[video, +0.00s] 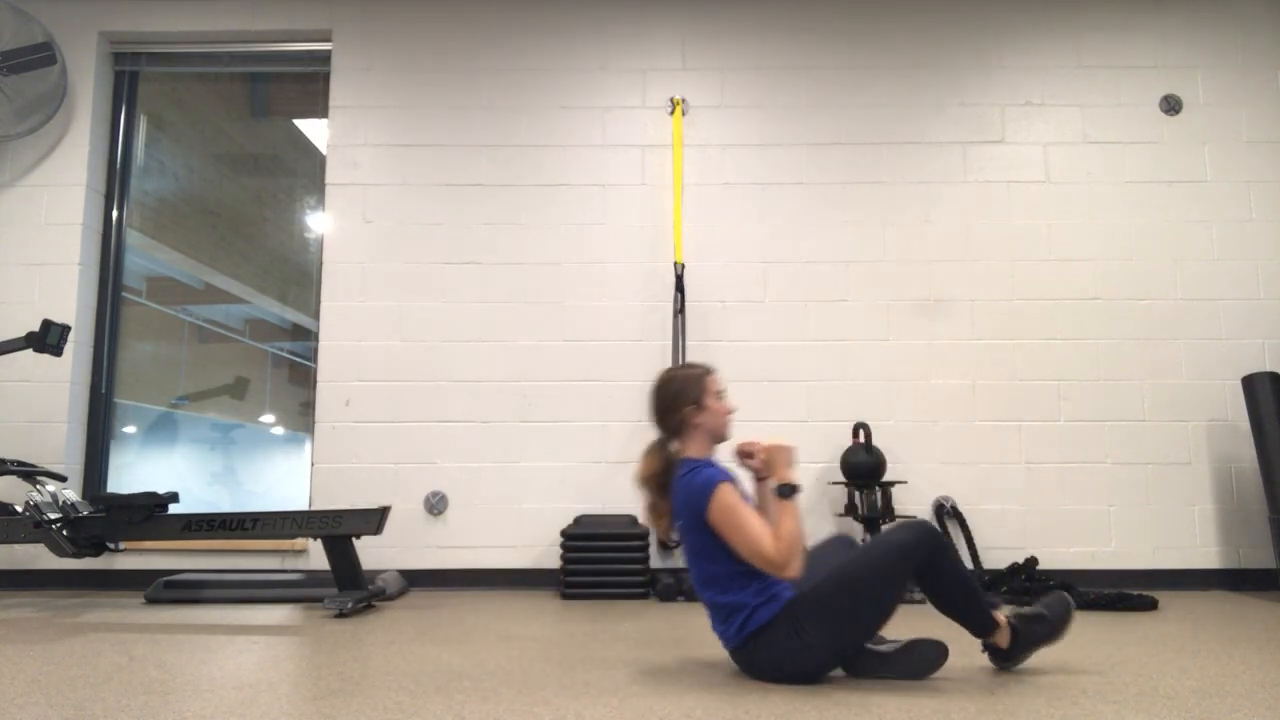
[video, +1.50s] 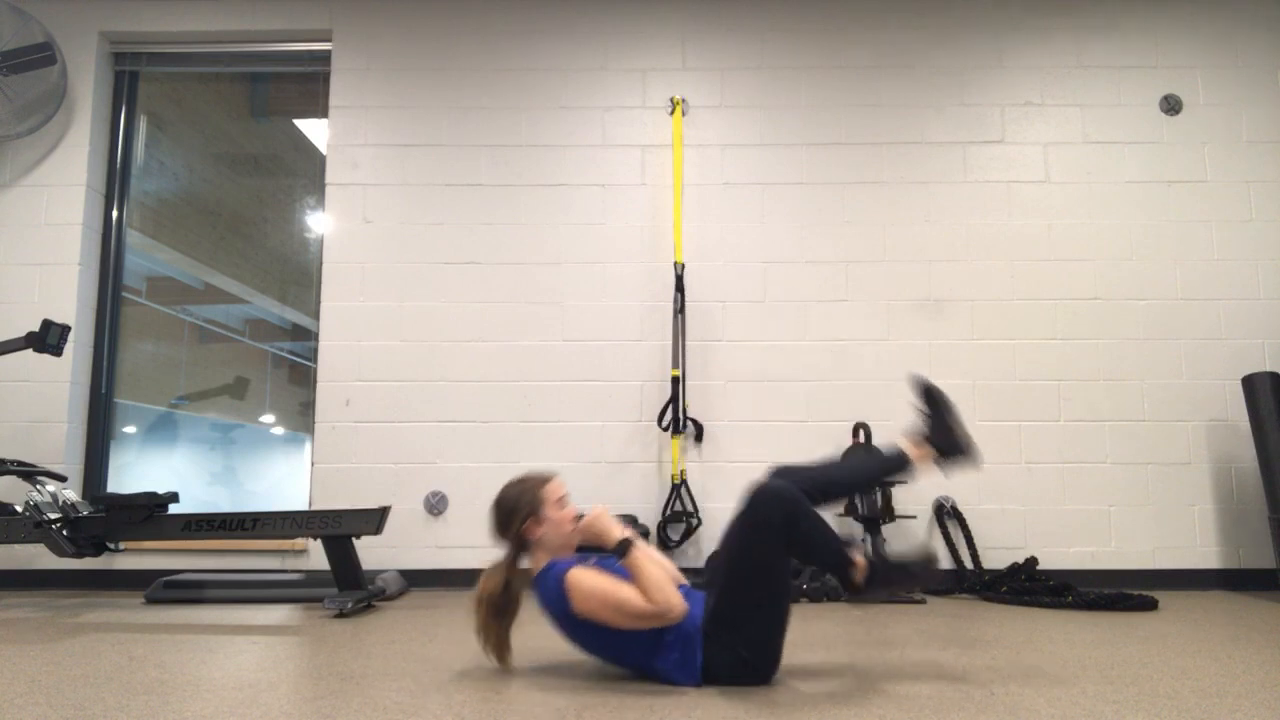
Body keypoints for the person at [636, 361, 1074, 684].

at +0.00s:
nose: (730, 407)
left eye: (724, 396)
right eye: (720, 398)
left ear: (691, 414)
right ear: (692, 414)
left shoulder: (696, 474)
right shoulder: (704, 480)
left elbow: (770, 557)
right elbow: (786, 563)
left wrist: (765, 484)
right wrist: (783, 481)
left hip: (768, 632)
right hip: (779, 642)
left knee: (841, 543)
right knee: (918, 537)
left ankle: (863, 646)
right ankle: (1002, 634)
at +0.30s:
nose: (627, 459)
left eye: (620, 449)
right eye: (614, 454)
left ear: (591, 475)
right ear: (587, 478)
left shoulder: (610, 524)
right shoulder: (623, 533)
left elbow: (697, 576)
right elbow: (721, 581)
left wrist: (676, 514)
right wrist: (694, 506)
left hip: (736, 632)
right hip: (753, 647)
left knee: (803, 506)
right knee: (853, 497)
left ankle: (876, 631)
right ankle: (990, 573)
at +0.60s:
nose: (540, 532)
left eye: (531, 526)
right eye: (525, 532)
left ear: (524, 555)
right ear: (509, 563)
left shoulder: (559, 592)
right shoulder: (560, 601)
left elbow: (652, 595)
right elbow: (668, 596)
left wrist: (605, 553)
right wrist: (610, 545)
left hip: (723, 632)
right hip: (734, 644)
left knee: (727, 468)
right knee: (726, 467)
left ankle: (860, 449)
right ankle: (859, 455)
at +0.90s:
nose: (486, 575)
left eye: (475, 573)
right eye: (472, 581)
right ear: (470, 619)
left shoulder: (535, 619)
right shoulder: (530, 638)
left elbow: (635, 574)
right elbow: (629, 601)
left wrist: (556, 567)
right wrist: (555, 569)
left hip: (694, 599)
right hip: (704, 614)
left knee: (634, 460)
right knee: (616, 469)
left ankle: (722, 342)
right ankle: (748, 406)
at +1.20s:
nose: (492, 574)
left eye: (483, 570)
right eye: (478, 578)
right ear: (471, 616)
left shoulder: (536, 612)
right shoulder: (527, 639)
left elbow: (640, 574)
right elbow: (626, 602)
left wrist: (553, 570)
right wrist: (551, 572)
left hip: (695, 598)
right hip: (705, 618)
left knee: (667, 450)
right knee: (632, 470)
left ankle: (750, 326)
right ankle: (763, 455)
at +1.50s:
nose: (573, 507)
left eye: (567, 500)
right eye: (560, 505)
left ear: (549, 524)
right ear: (534, 532)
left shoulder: (574, 559)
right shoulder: (567, 580)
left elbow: (667, 587)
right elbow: (668, 606)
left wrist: (622, 538)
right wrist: (618, 538)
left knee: (780, 486)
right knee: (771, 498)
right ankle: (853, 569)